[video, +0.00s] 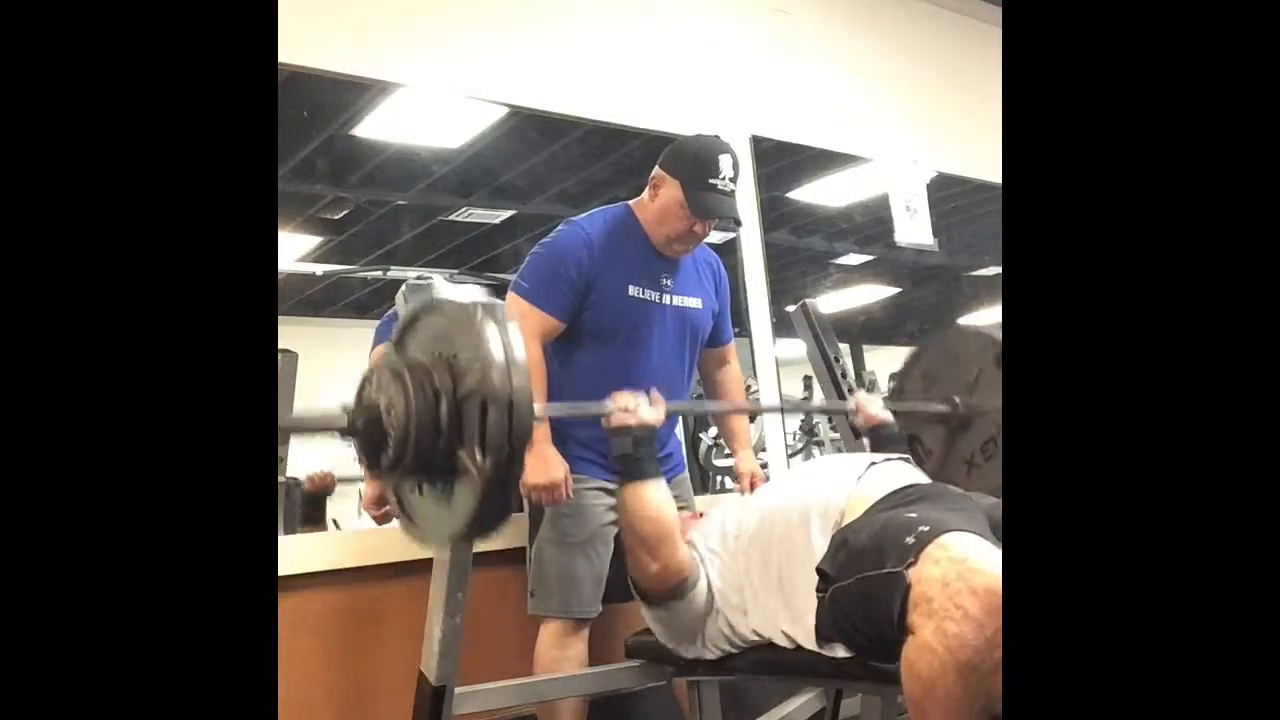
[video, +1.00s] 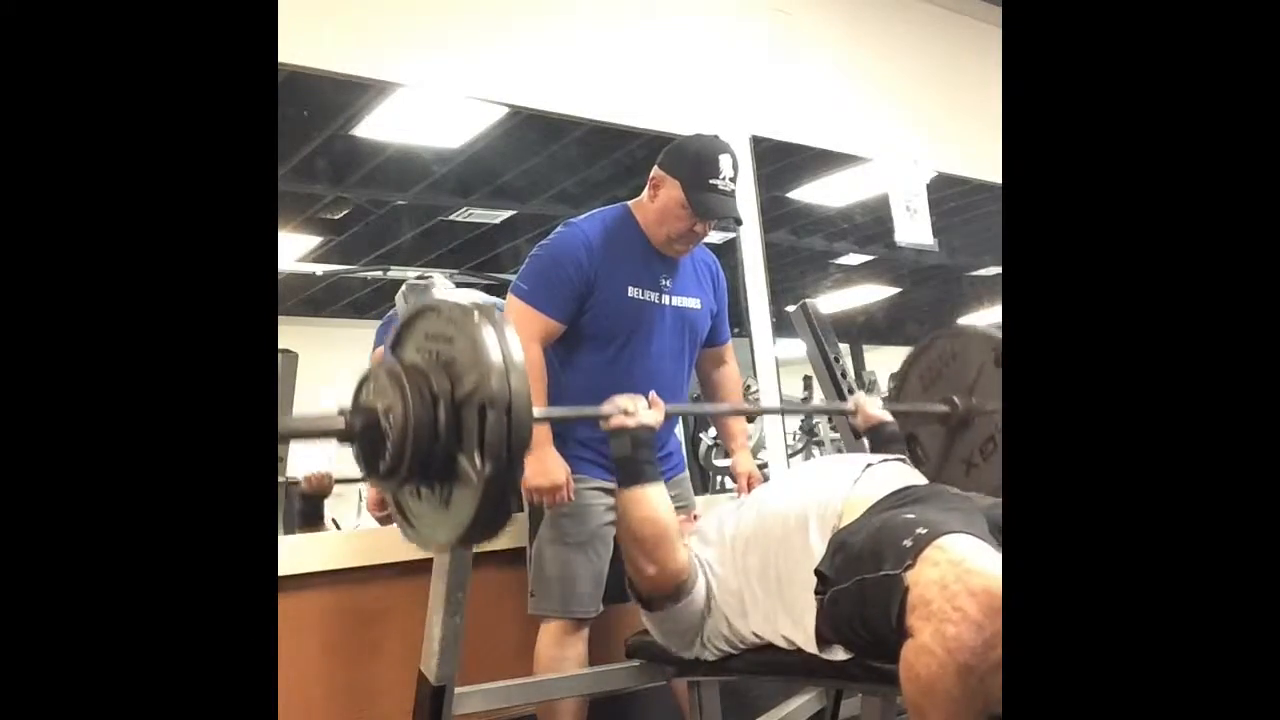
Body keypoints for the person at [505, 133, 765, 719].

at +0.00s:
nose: (704, 228)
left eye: (713, 218)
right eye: (695, 211)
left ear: (722, 215)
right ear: (656, 187)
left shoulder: (709, 270)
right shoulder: (580, 245)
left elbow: (721, 365)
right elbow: (520, 337)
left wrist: (743, 451)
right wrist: (537, 443)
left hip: (662, 471)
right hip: (580, 467)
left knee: (648, 611)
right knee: (570, 620)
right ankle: (564, 717)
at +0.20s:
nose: (704, 231)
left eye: (713, 221)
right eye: (696, 214)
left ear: (722, 217)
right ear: (658, 188)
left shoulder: (709, 270)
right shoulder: (580, 245)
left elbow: (721, 366)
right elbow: (521, 339)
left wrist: (742, 451)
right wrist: (541, 448)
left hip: (658, 468)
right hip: (576, 468)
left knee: (633, 613)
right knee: (570, 620)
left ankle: (609, 710)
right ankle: (563, 717)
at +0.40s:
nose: (705, 230)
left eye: (715, 220)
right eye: (696, 213)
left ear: (723, 216)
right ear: (658, 187)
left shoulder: (708, 270)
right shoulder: (580, 245)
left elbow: (720, 366)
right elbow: (521, 340)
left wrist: (741, 450)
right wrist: (540, 448)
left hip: (661, 474)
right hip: (581, 471)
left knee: (626, 614)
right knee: (570, 622)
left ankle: (602, 709)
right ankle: (561, 715)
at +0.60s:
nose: (705, 228)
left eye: (714, 218)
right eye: (696, 212)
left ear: (722, 214)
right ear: (657, 186)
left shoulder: (707, 270)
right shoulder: (579, 247)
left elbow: (719, 365)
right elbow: (520, 342)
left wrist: (741, 450)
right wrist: (543, 451)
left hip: (664, 471)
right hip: (581, 472)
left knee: (683, 617)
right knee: (569, 622)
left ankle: (686, 714)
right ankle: (563, 717)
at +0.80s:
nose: (704, 227)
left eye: (713, 218)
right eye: (696, 211)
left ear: (722, 214)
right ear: (656, 185)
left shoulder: (706, 269)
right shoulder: (580, 246)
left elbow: (720, 364)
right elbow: (521, 338)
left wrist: (741, 450)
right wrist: (537, 444)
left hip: (661, 469)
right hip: (580, 467)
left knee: (636, 609)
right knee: (570, 620)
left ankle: (611, 712)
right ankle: (562, 717)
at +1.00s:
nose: (704, 229)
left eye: (713, 219)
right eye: (696, 212)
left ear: (722, 214)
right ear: (657, 186)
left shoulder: (706, 270)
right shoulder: (579, 247)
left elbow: (719, 364)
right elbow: (520, 340)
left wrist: (739, 449)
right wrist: (538, 446)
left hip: (661, 470)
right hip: (579, 467)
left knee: (652, 611)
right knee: (570, 619)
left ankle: (638, 713)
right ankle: (565, 716)